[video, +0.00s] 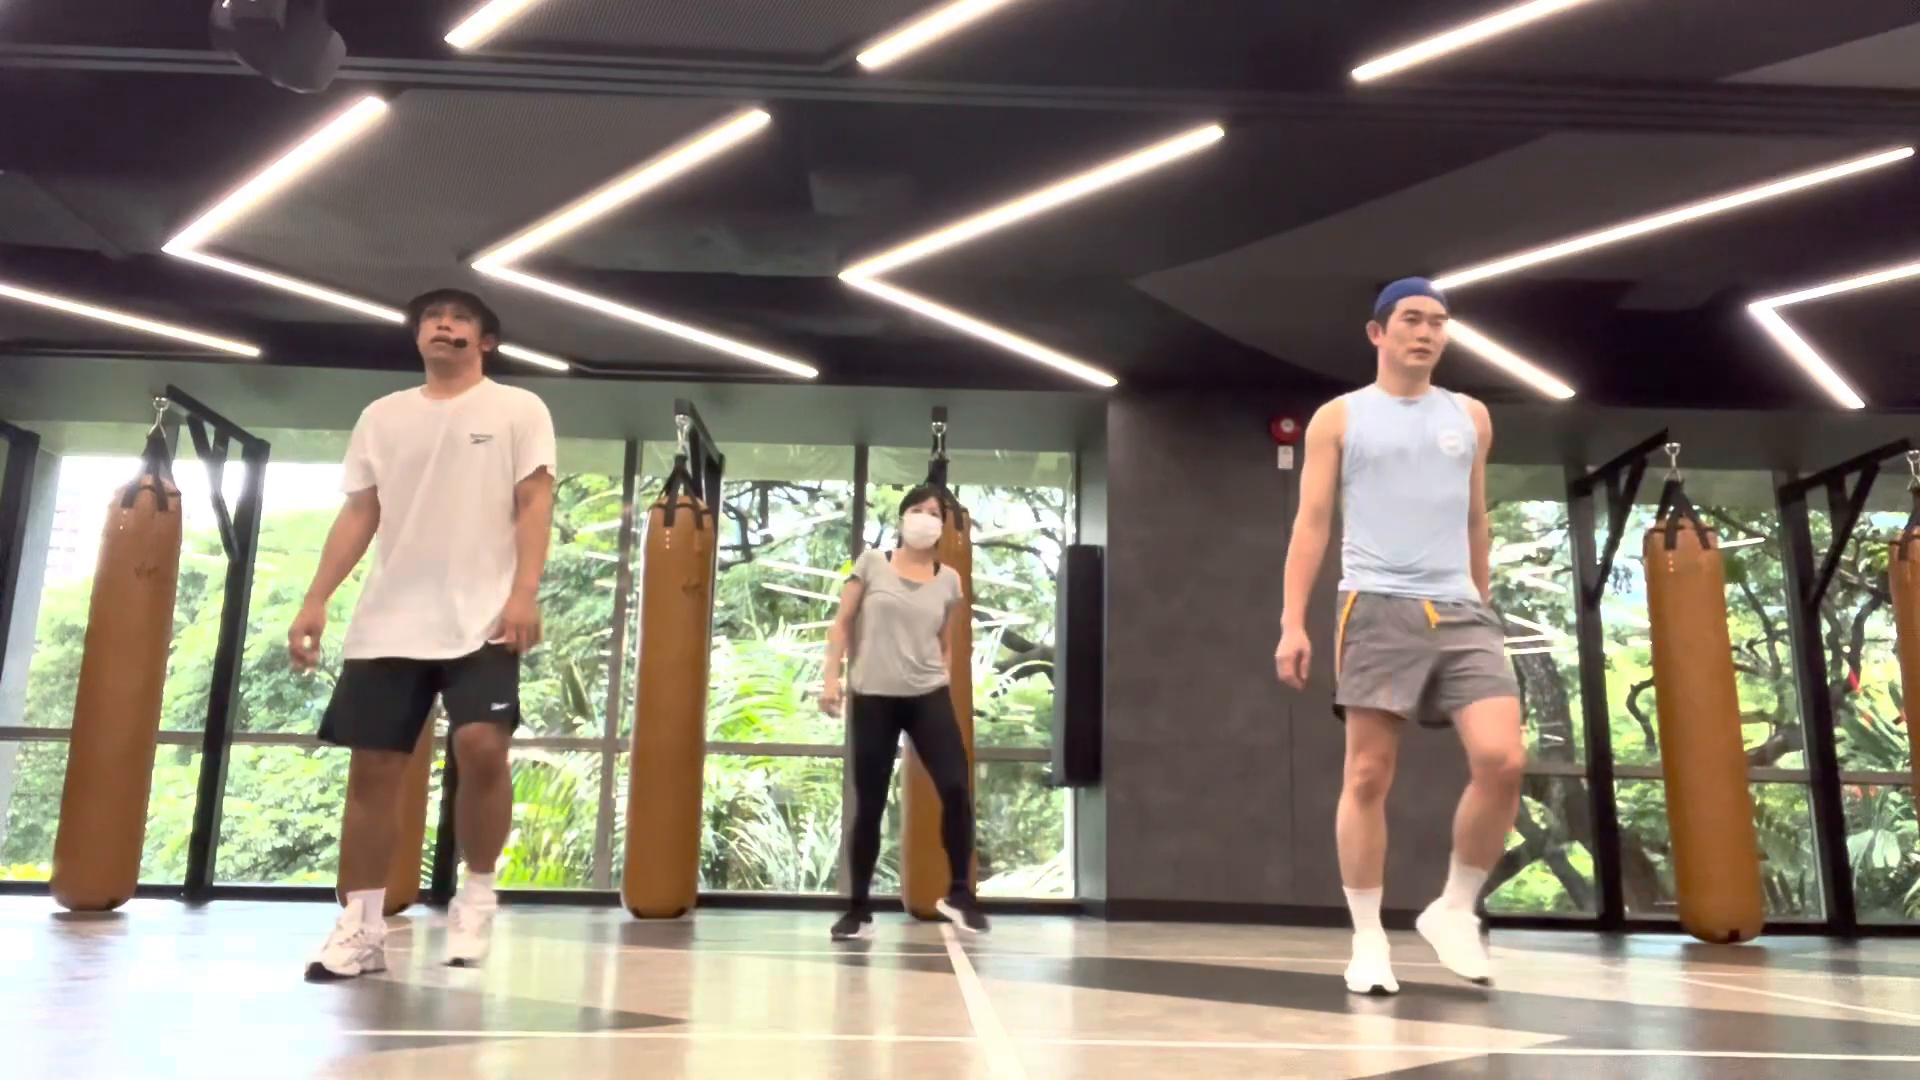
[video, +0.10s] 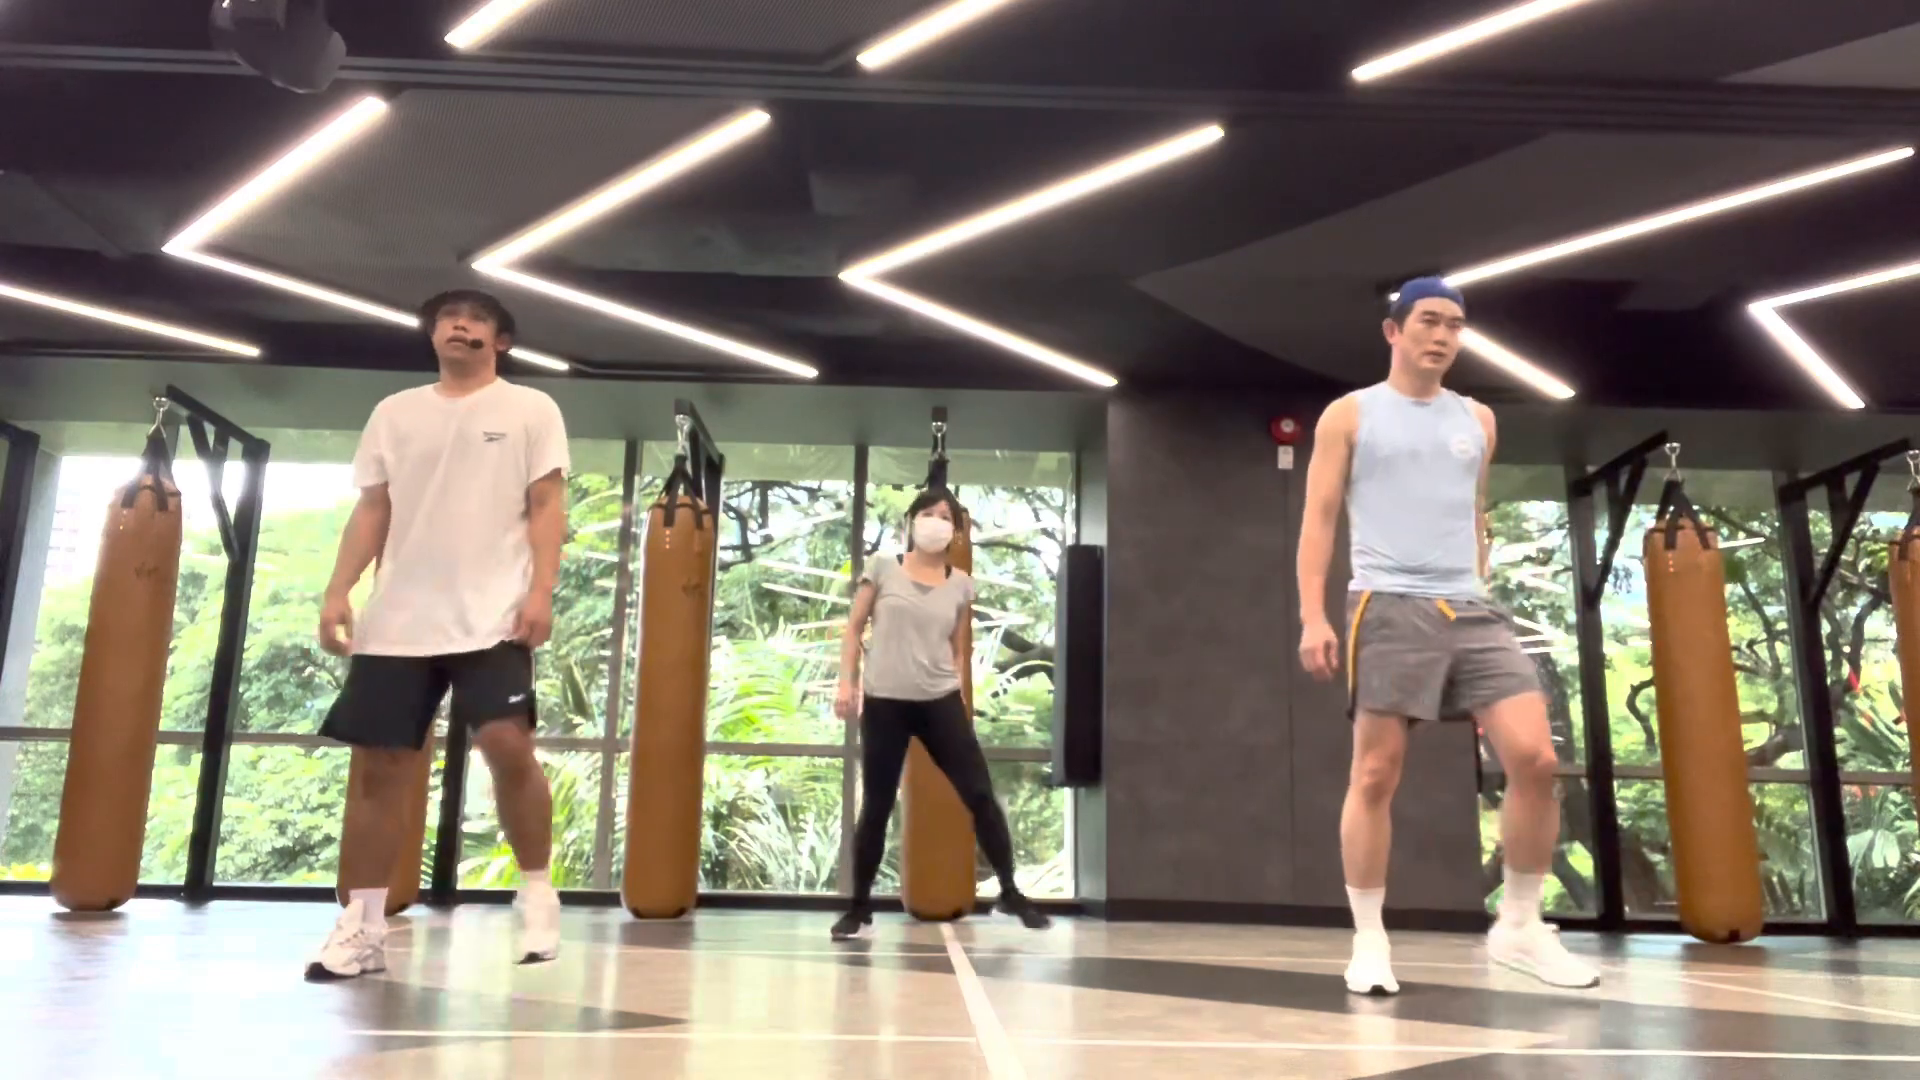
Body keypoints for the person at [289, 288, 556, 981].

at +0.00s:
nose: (447, 327)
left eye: (463, 319)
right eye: (435, 318)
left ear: (487, 342)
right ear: (416, 337)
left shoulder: (520, 410)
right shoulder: (381, 416)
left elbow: (534, 502)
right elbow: (357, 515)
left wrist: (525, 592)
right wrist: (316, 600)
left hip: (483, 618)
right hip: (392, 618)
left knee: (484, 750)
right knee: (372, 768)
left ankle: (475, 900)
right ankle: (359, 927)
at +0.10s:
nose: (463, 327)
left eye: (479, 319)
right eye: (451, 316)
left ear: (501, 342)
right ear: (431, 334)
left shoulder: (531, 411)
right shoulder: (393, 413)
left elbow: (547, 507)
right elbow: (372, 512)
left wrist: (542, 591)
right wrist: (338, 590)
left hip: (492, 618)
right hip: (401, 618)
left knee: (509, 748)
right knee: (372, 764)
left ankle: (536, 892)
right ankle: (362, 927)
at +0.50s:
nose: (561, 327)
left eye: (575, 318)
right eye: (548, 317)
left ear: (596, 341)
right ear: (528, 338)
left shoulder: (628, 414)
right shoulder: (498, 420)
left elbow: (653, 512)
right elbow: (488, 513)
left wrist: (645, 602)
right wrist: (430, 510)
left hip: (585, 620)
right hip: (495, 616)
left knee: (586, 769)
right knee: (428, 747)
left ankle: (601, 929)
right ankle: (403, 907)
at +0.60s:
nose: (573, 323)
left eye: (587, 315)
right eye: (563, 314)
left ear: (610, 336)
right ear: (542, 335)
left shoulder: (639, 411)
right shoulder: (513, 416)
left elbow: (665, 506)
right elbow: (486, 508)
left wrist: (659, 597)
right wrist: (444, 451)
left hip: (597, 615)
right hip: (509, 610)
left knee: (590, 768)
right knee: (451, 739)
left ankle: (601, 932)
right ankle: (465, 895)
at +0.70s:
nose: (583, 324)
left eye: (597, 316)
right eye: (572, 315)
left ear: (620, 337)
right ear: (554, 334)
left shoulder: (646, 412)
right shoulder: (523, 413)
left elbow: (666, 503)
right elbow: (469, 488)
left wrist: (657, 592)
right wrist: (423, 417)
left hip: (601, 618)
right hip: (512, 614)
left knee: (591, 768)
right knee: (482, 745)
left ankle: (602, 927)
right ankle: (523, 904)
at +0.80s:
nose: (591, 330)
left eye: (605, 322)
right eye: (580, 320)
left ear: (626, 343)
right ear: (559, 338)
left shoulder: (646, 418)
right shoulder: (523, 414)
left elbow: (661, 511)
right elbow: (466, 487)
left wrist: (644, 598)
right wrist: (445, 410)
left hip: (597, 619)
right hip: (511, 615)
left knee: (591, 769)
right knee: (490, 754)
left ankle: (602, 931)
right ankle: (531, 913)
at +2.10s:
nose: (462, 335)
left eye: (475, 322)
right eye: (462, 323)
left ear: (516, 332)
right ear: (478, 336)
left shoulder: (567, 419)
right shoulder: (439, 421)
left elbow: (582, 521)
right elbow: (408, 527)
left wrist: (575, 612)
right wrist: (379, 617)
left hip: (518, 630)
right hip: (423, 625)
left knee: (543, 769)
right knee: (386, 771)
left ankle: (605, 918)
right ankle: (356, 927)